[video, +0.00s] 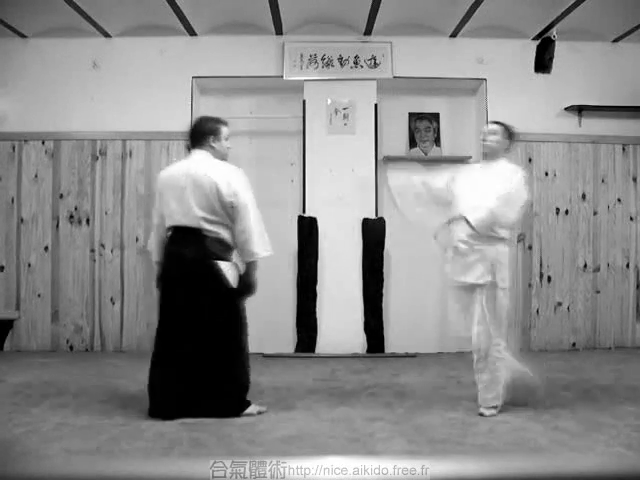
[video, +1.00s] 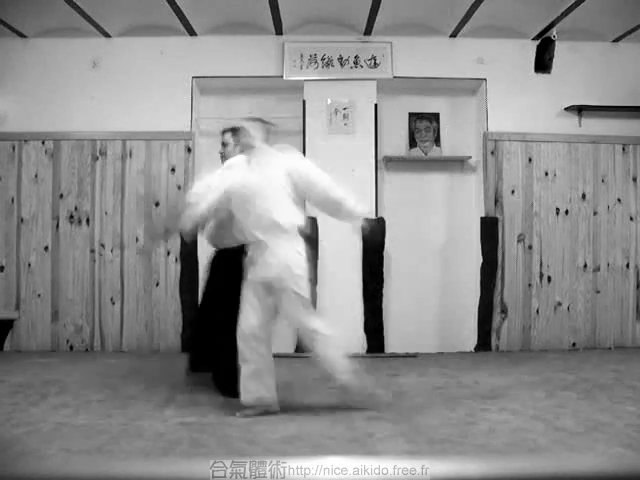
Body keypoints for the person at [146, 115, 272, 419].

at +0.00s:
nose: (228, 145)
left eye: (228, 139)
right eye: (225, 140)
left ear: (196, 141)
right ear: (212, 142)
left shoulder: (167, 174)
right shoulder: (228, 175)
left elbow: (159, 226)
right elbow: (246, 228)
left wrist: (160, 264)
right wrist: (250, 271)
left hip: (174, 262)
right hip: (215, 264)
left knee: (173, 333)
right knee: (226, 334)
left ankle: (168, 403)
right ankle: (230, 402)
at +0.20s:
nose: (239, 144)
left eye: (238, 137)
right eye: (235, 138)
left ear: (206, 141)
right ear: (221, 140)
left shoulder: (183, 174)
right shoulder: (238, 171)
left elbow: (178, 220)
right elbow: (267, 211)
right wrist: (279, 248)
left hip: (192, 259)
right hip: (229, 262)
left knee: (193, 332)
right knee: (236, 334)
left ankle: (171, 397)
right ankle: (233, 403)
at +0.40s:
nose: (242, 139)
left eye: (239, 133)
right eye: (235, 134)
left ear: (213, 140)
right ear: (217, 140)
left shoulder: (202, 168)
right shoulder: (231, 164)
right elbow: (274, 175)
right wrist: (296, 172)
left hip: (204, 252)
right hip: (232, 255)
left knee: (209, 328)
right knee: (245, 329)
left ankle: (201, 401)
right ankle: (234, 403)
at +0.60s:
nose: (232, 139)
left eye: (235, 135)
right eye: (225, 135)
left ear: (240, 138)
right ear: (212, 141)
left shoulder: (253, 167)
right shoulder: (207, 164)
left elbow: (287, 161)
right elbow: (241, 163)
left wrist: (286, 138)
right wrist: (268, 157)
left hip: (247, 256)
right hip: (218, 255)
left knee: (253, 325)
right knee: (226, 328)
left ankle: (248, 394)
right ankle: (228, 398)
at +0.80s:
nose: (228, 144)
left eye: (235, 139)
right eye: (223, 139)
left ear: (247, 142)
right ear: (217, 143)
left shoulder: (256, 176)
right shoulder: (213, 174)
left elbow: (267, 173)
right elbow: (187, 200)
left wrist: (247, 154)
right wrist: (200, 163)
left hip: (251, 257)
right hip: (218, 255)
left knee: (243, 326)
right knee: (207, 323)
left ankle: (244, 388)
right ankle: (210, 388)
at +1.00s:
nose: (223, 150)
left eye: (227, 145)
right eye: (221, 145)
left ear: (240, 146)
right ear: (222, 149)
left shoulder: (248, 174)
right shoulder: (220, 177)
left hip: (240, 252)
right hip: (223, 253)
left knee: (230, 317)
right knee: (214, 312)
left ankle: (230, 379)